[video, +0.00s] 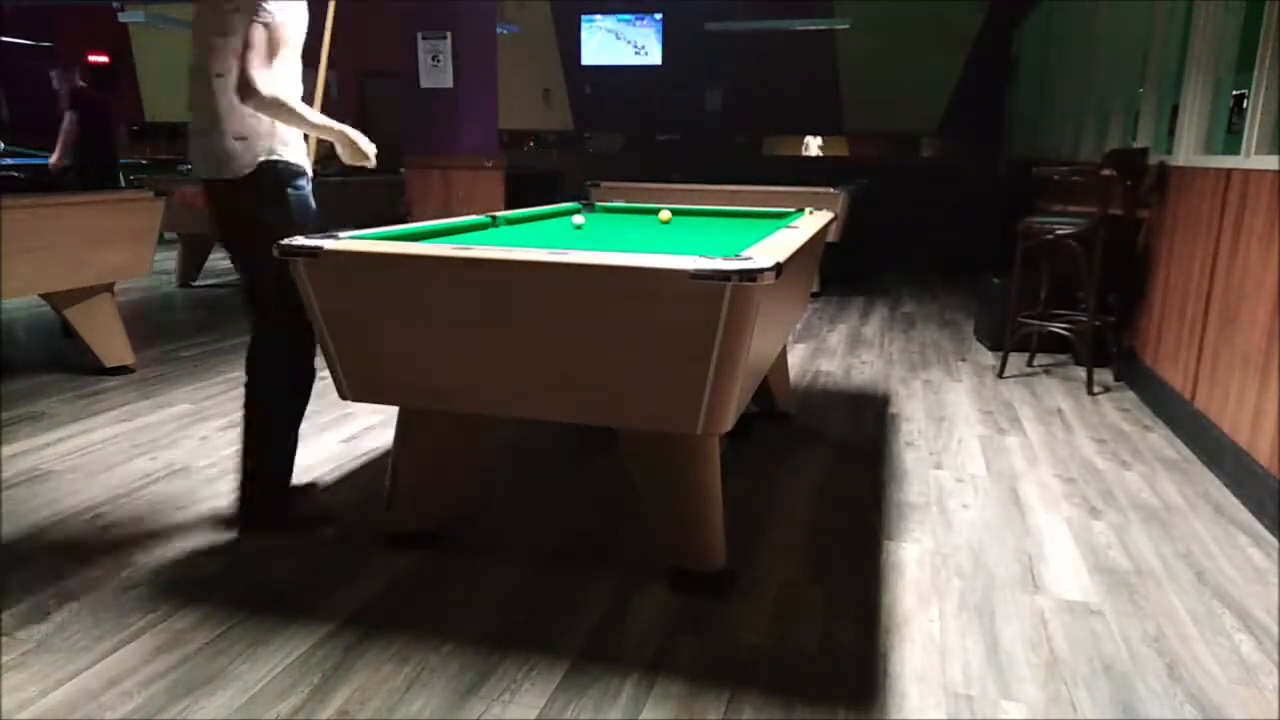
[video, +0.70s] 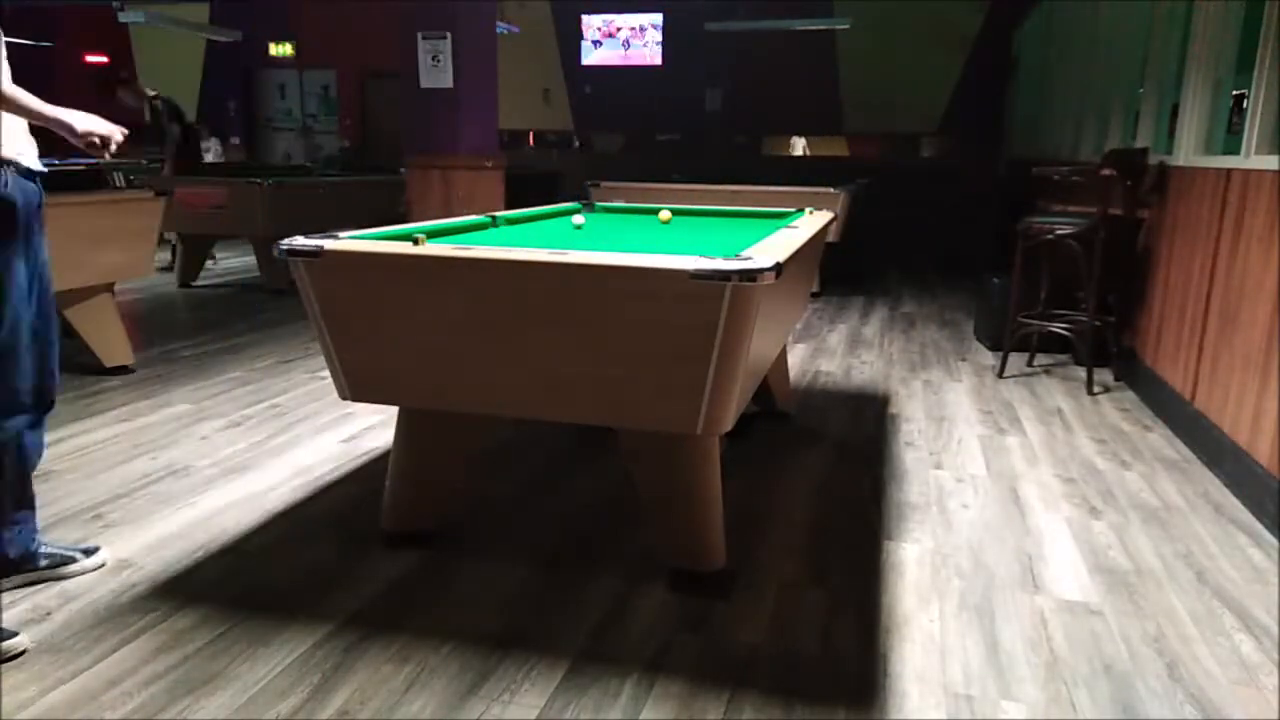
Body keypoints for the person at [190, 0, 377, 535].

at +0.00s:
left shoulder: (231, 11)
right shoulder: (276, 3)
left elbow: (234, 94)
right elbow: (256, 84)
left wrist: (299, 140)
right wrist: (337, 130)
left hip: (238, 177)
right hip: (265, 175)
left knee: (277, 336)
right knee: (289, 339)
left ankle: (262, 492)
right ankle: (267, 500)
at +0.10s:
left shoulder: (138, 11)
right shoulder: (166, 2)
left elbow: (145, 73)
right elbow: (137, 53)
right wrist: (246, 75)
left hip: (157, 173)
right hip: (193, 168)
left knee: (187, 362)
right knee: (258, 355)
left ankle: (199, 533)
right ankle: (223, 531)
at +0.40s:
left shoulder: (114, 16)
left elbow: (197, 80)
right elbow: (200, 51)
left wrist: (267, 47)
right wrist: (274, 6)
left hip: (167, 179)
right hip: (193, 175)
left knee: (198, 359)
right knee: (221, 360)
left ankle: (204, 526)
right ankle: (201, 549)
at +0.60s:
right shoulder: (91, 6)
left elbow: (63, 107)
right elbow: (97, 98)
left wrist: (161, 127)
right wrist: (179, 156)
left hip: (27, 188)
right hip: (65, 191)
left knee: (38, 381)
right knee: (141, 378)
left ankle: (14, 546)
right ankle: (193, 548)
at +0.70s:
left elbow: (7, 88)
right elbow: (8, 88)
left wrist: (64, 117)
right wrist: (64, 117)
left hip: (22, 179)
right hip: (9, 180)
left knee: (32, 369)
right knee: (18, 375)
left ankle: (19, 541)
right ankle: (17, 542)